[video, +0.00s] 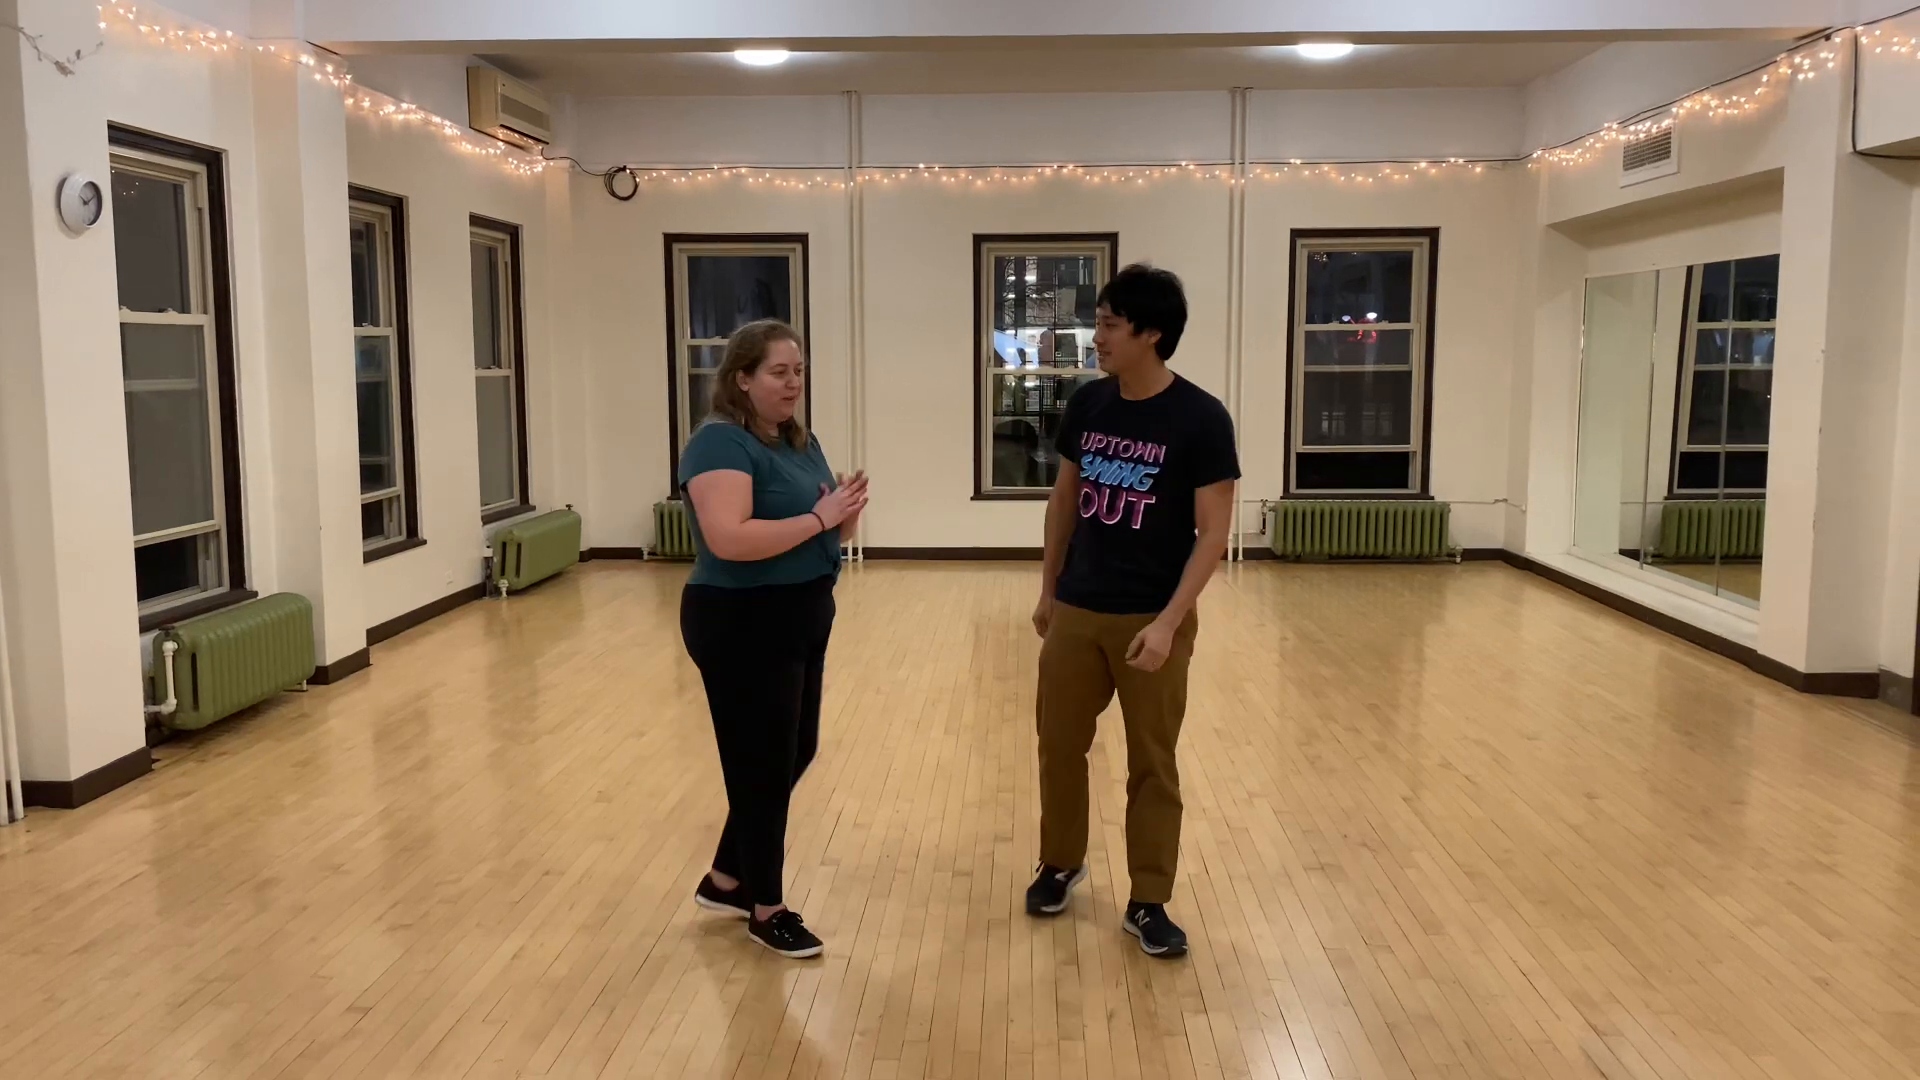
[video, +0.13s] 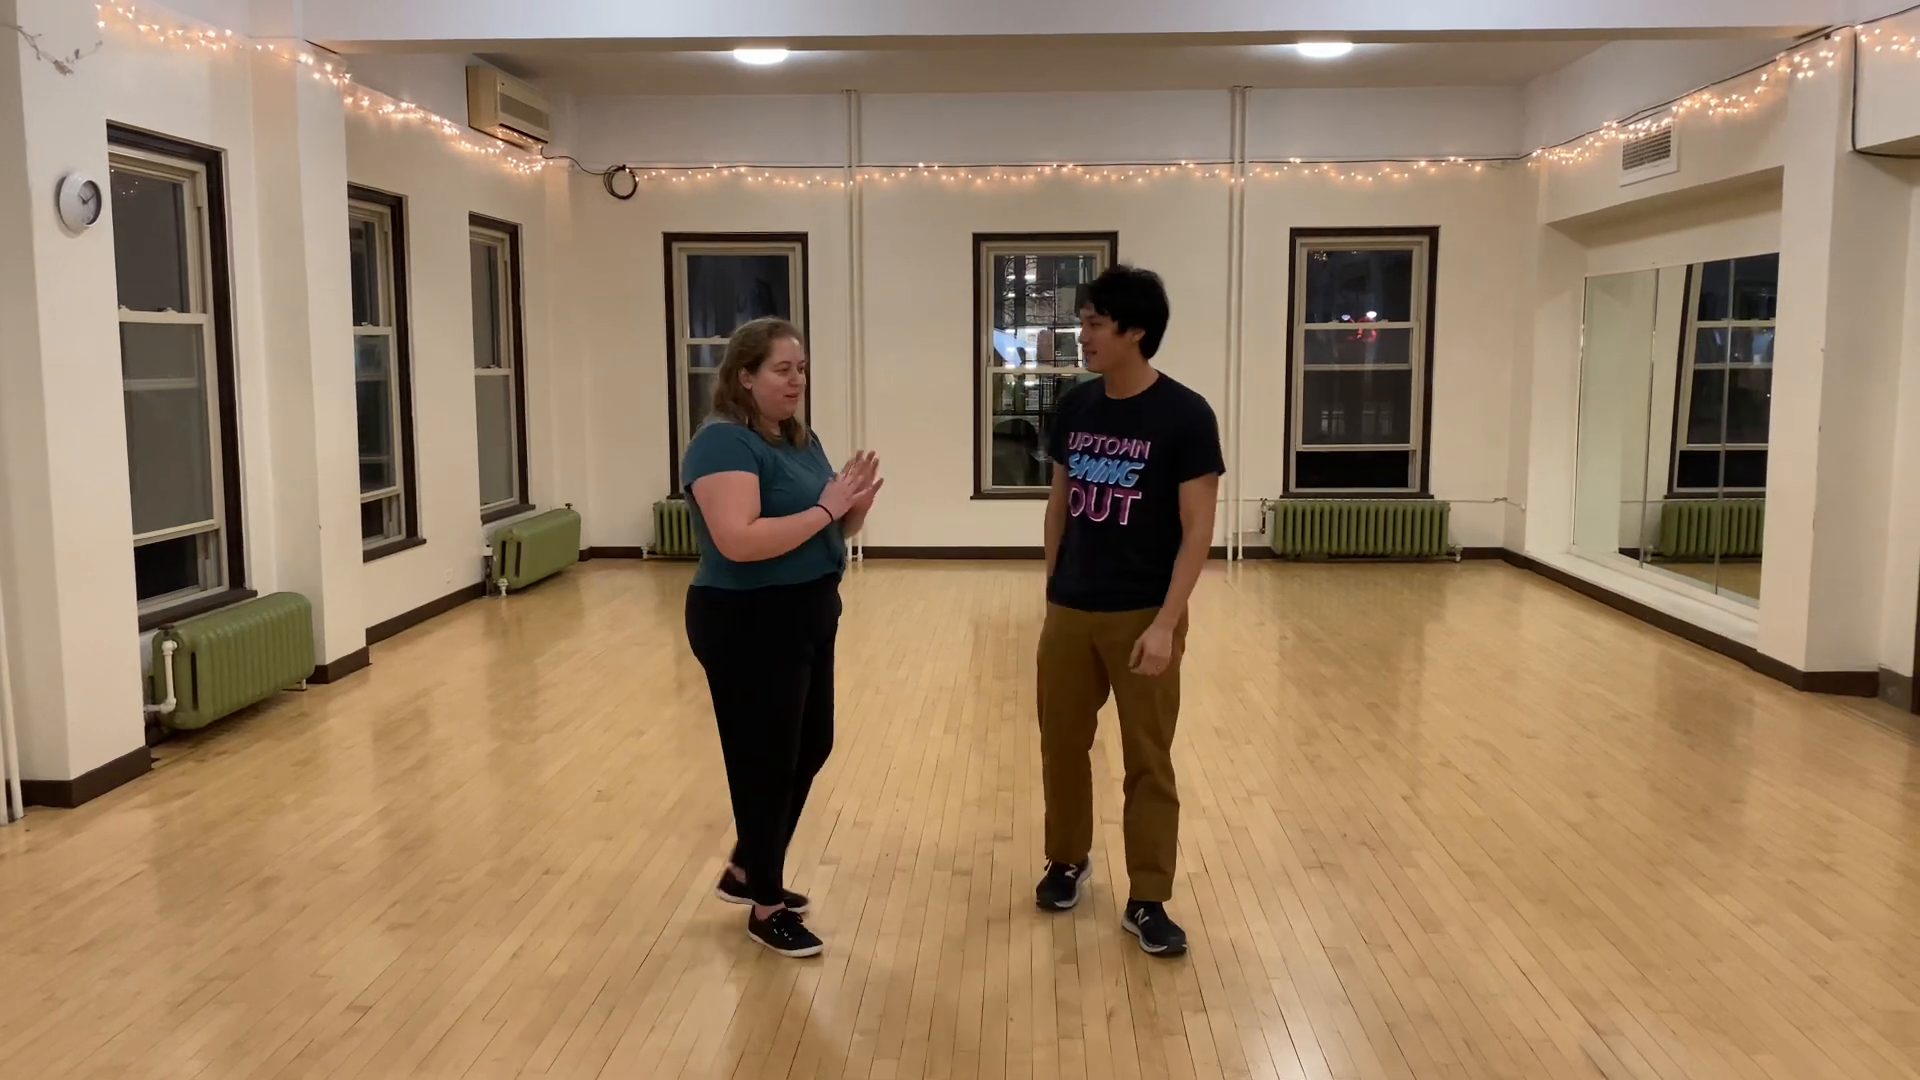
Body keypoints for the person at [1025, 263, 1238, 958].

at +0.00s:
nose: (1097, 337)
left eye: (1110, 327)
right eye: (1097, 325)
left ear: (1152, 335)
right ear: (1117, 332)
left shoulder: (1202, 420)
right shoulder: (1088, 404)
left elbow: (1214, 536)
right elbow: (1065, 497)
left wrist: (1169, 621)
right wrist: (1049, 589)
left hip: (1154, 623)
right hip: (1075, 614)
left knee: (1152, 764)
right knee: (1059, 745)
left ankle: (1148, 900)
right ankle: (1060, 862)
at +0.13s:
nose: (1084, 335)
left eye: (1097, 324)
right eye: (1083, 323)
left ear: (1137, 332)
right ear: (1099, 330)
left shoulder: (1185, 415)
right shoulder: (1075, 408)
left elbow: (1198, 534)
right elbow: (1060, 503)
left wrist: (1168, 623)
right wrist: (1054, 590)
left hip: (1145, 618)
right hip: (1070, 611)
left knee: (1147, 762)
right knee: (1061, 746)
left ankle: (1148, 898)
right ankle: (1066, 859)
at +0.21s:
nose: (1071, 337)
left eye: (1083, 325)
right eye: (1070, 324)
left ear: (1124, 332)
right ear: (1086, 330)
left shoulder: (1175, 413)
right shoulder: (1064, 405)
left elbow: (1192, 530)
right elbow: (1048, 501)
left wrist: (1167, 621)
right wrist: (1040, 593)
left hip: (1139, 616)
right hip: (1063, 611)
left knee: (1145, 763)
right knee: (1063, 747)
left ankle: (1148, 899)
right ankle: (1068, 860)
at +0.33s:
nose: (1054, 338)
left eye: (1067, 327)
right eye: (1052, 326)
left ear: (1108, 333)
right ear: (1061, 331)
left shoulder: (1160, 410)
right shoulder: (1046, 407)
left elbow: (1185, 521)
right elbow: (1023, 503)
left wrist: (1166, 614)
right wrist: (1012, 592)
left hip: (1137, 609)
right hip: (1060, 607)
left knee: (1142, 758)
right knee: (1064, 744)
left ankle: (1147, 898)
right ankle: (1067, 861)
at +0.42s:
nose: (1045, 338)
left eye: (1058, 328)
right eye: (1044, 326)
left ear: (1098, 334)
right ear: (1055, 332)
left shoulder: (1154, 409)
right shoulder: (1037, 408)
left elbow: (1179, 518)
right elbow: (1010, 504)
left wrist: (1164, 610)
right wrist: (998, 592)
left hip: (1138, 607)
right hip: (1059, 607)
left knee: (1148, 754)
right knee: (1064, 743)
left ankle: (1154, 895)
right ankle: (1070, 861)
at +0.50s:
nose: (1046, 339)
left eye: (1058, 328)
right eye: (1042, 327)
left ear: (1098, 333)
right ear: (1045, 333)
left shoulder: (1150, 405)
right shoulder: (1033, 408)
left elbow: (1175, 511)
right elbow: (1003, 500)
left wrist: (1161, 602)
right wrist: (991, 591)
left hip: (1138, 601)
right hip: (1059, 602)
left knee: (1158, 748)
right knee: (1065, 739)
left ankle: (1173, 891)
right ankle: (1070, 860)